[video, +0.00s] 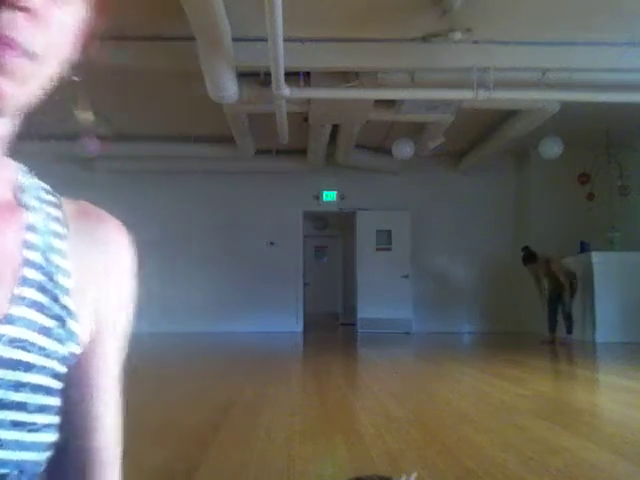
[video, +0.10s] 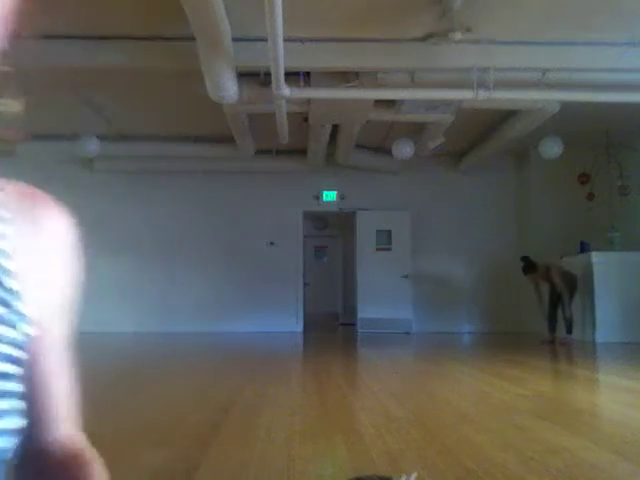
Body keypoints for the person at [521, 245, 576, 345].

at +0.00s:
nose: (530, 267)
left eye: (530, 264)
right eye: (528, 265)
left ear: (534, 260)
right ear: (527, 263)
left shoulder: (549, 262)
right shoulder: (534, 267)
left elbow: (564, 278)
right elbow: (537, 280)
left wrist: (567, 293)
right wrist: (541, 294)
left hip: (567, 283)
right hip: (553, 284)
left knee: (566, 309)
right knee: (551, 310)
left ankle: (568, 335)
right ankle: (551, 336)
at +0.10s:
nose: (531, 278)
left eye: (531, 275)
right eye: (529, 276)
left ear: (535, 270)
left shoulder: (550, 270)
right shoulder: (534, 275)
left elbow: (563, 289)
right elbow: (538, 292)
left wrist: (567, 310)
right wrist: (541, 309)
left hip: (568, 283)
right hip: (554, 285)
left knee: (565, 308)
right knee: (552, 310)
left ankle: (568, 336)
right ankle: (551, 336)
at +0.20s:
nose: (530, 285)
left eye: (530, 283)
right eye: (528, 284)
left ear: (533, 278)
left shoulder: (551, 277)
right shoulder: (535, 281)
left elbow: (563, 297)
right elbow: (538, 296)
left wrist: (569, 315)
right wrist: (540, 312)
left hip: (569, 284)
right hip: (555, 287)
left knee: (565, 307)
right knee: (552, 310)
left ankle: (568, 335)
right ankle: (551, 336)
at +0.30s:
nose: (531, 291)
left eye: (530, 289)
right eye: (529, 290)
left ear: (533, 285)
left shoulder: (551, 281)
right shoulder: (534, 284)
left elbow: (564, 302)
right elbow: (538, 303)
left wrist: (570, 319)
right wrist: (542, 321)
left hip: (569, 284)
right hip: (555, 286)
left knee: (565, 307)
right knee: (552, 309)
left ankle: (568, 335)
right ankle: (551, 335)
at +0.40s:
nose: (531, 296)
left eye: (531, 294)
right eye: (529, 295)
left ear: (534, 290)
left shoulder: (552, 287)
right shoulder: (534, 288)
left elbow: (565, 304)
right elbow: (538, 308)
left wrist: (570, 323)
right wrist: (543, 326)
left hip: (570, 283)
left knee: (565, 307)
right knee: (552, 309)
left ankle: (568, 334)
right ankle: (550, 334)